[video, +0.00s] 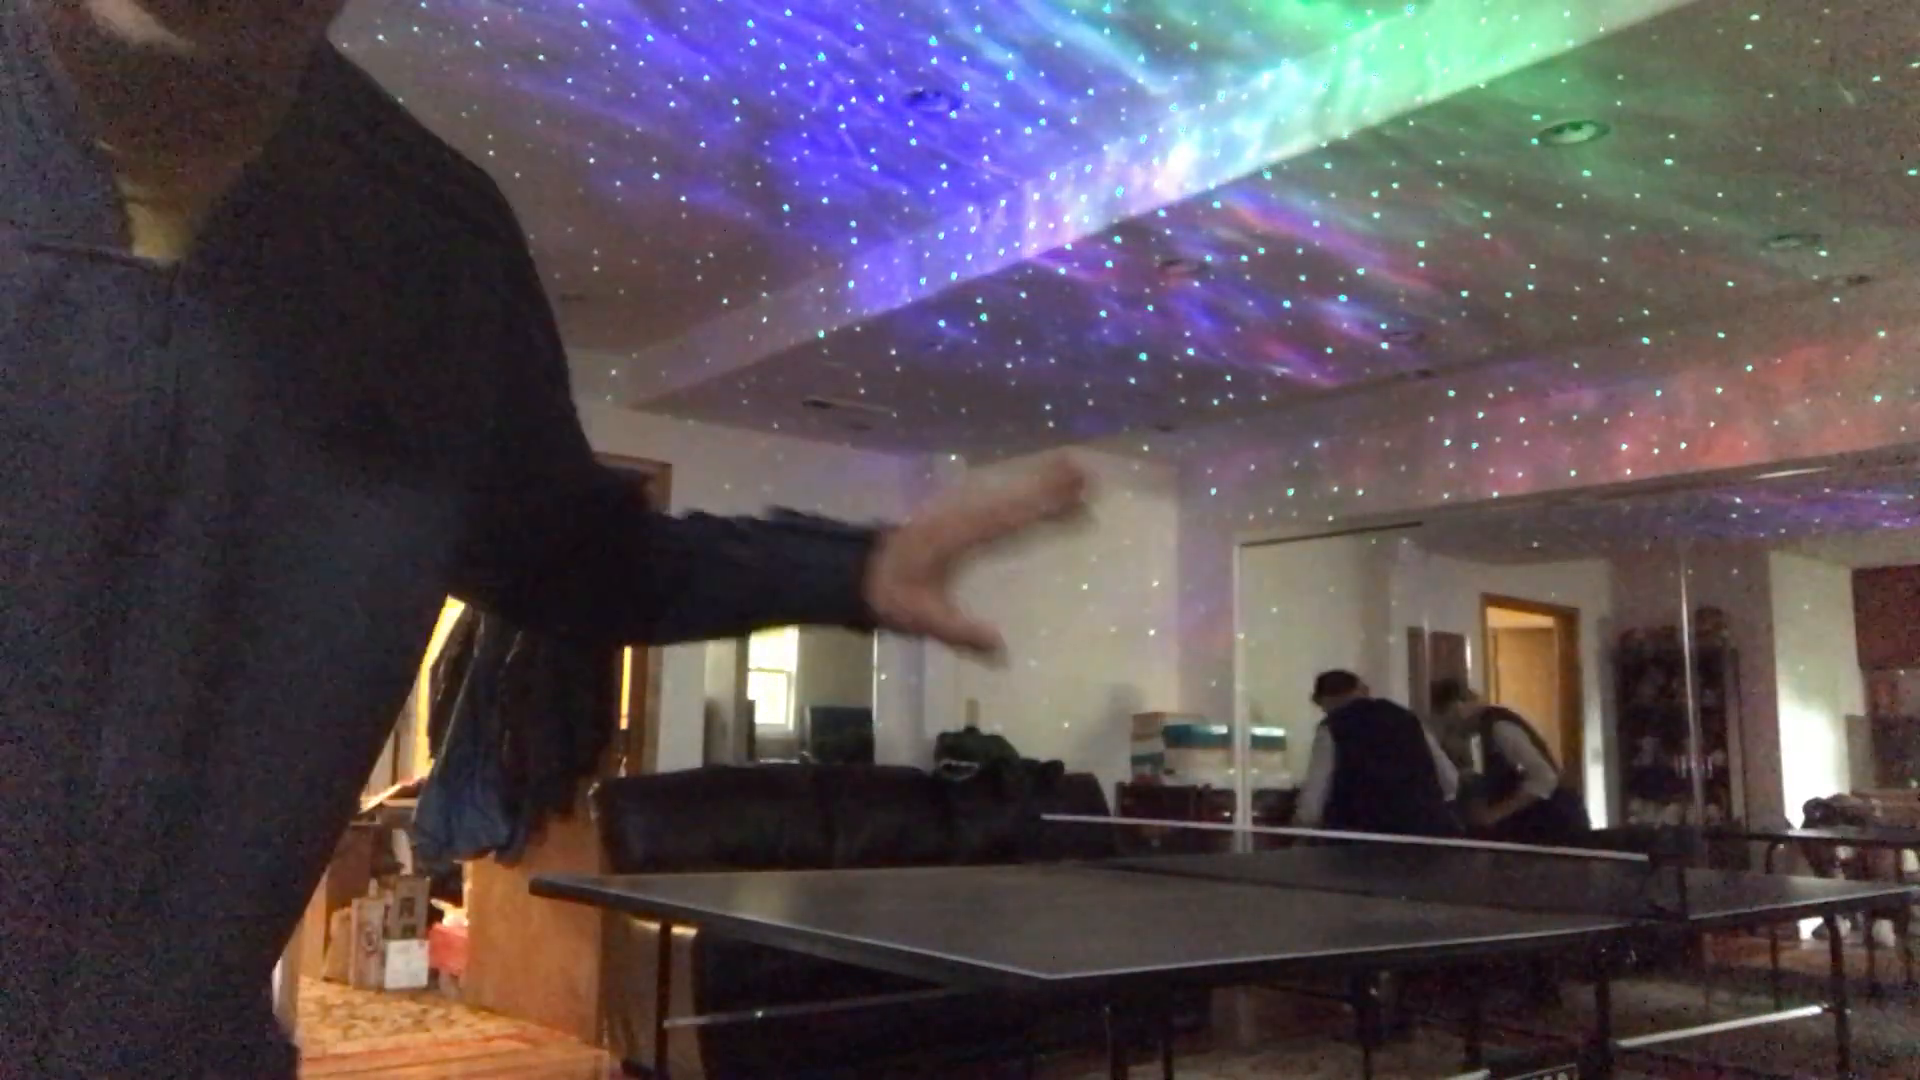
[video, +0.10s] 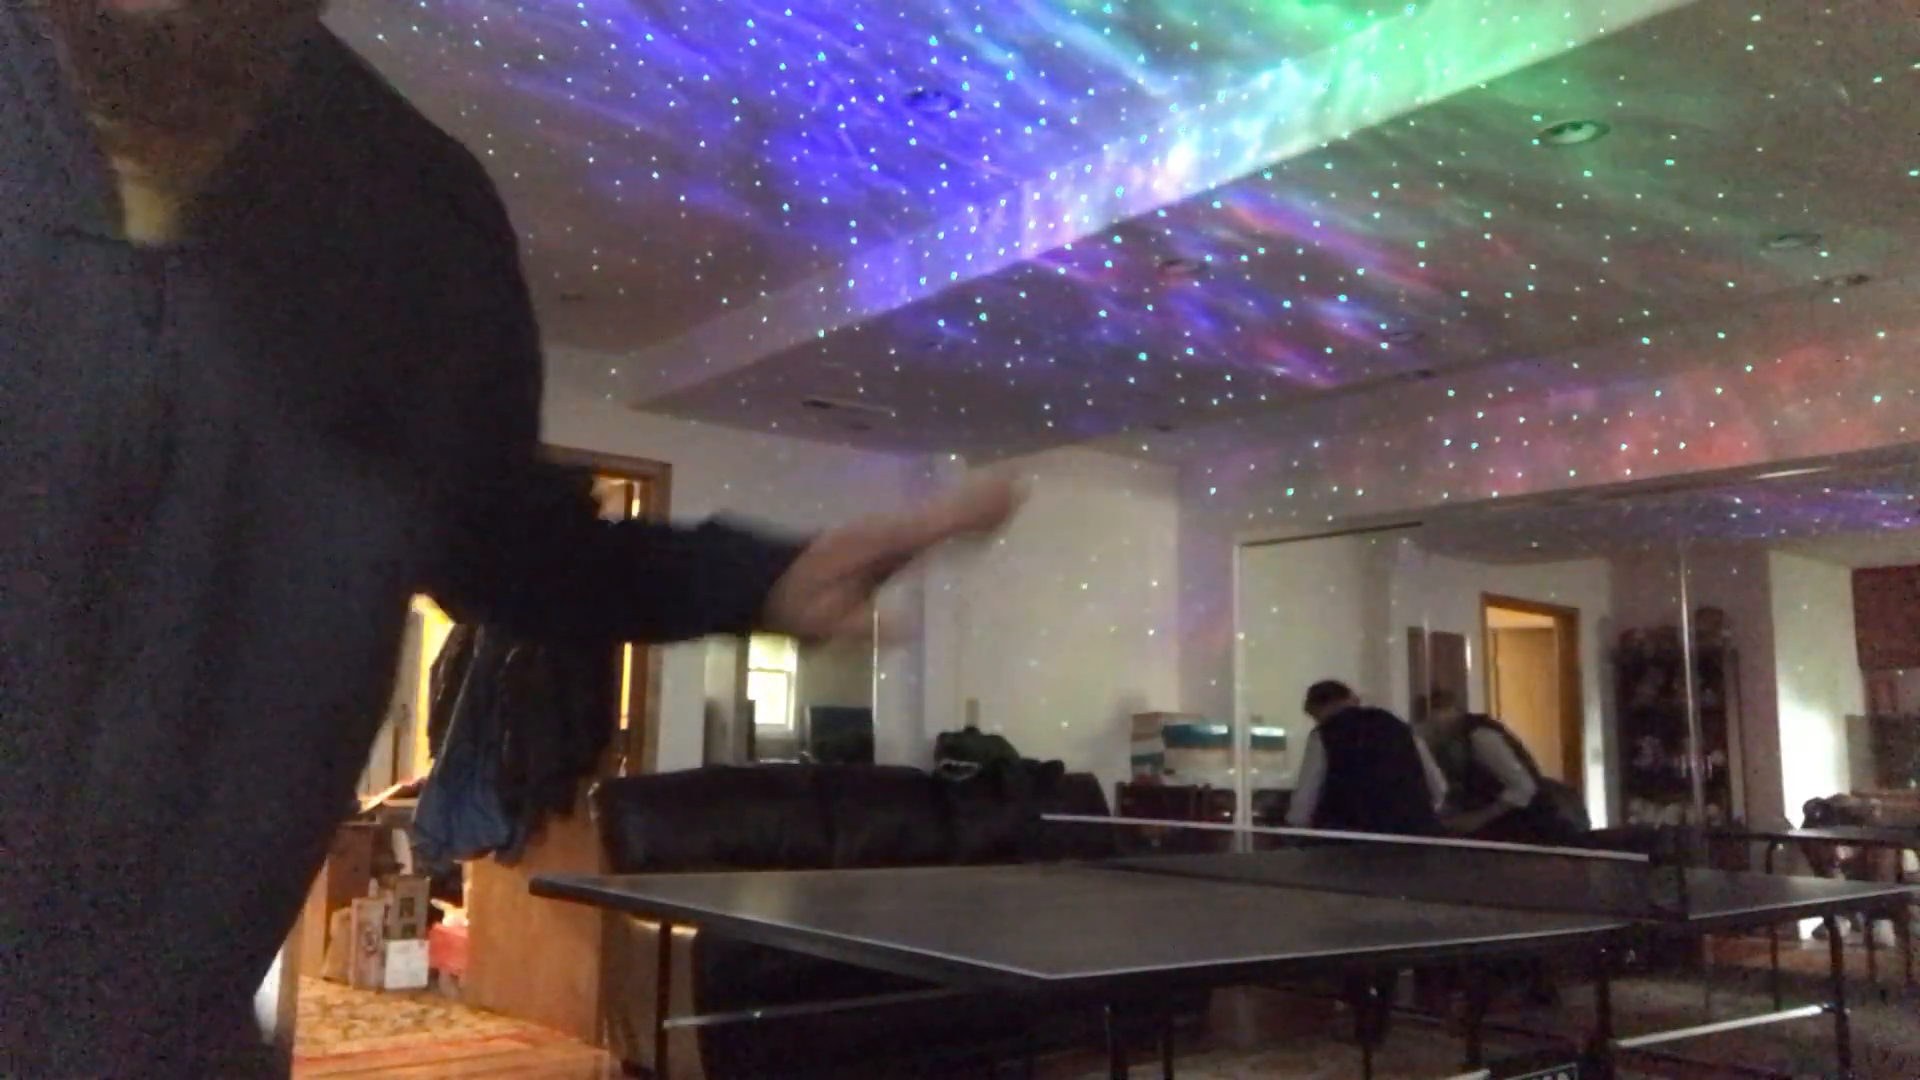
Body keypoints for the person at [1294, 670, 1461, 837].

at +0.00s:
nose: (1324, 712)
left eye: (1322, 707)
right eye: (1322, 708)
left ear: (1325, 701)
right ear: (1362, 689)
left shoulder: (1331, 728)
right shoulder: (1406, 716)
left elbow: (1311, 808)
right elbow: (1449, 779)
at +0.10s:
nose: (1315, 721)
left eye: (1314, 716)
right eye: (1313, 717)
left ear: (1317, 710)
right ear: (1353, 699)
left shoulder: (1322, 735)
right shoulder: (1394, 722)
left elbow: (1303, 802)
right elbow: (1438, 786)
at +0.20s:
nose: (1307, 741)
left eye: (1305, 735)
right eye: (1304, 736)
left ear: (1309, 726)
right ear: (1341, 715)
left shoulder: (1315, 751)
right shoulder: (1390, 735)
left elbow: (1297, 814)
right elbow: (1429, 796)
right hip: (1406, 838)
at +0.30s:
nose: (1296, 761)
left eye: (1294, 756)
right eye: (1293, 757)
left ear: (1297, 749)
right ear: (1327, 736)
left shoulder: (1305, 767)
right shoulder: (1373, 750)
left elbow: (1293, 822)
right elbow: (1420, 805)